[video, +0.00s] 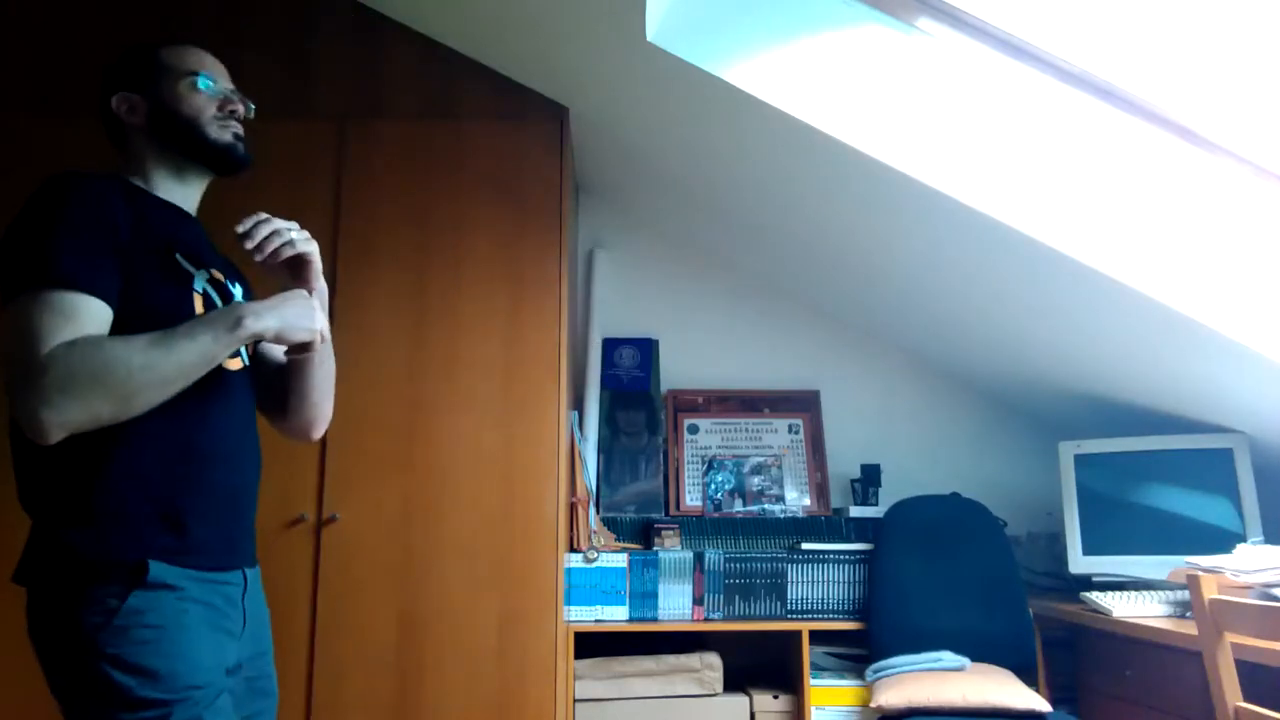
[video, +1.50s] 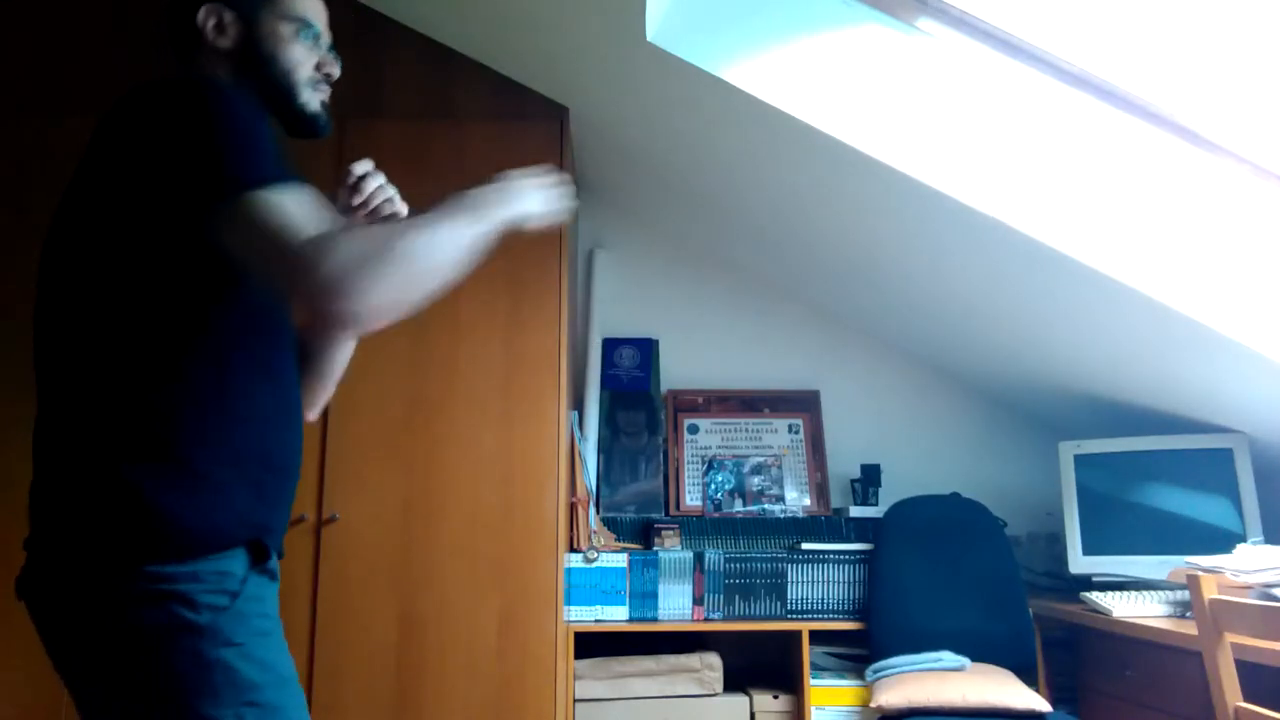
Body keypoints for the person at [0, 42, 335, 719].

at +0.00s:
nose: (238, 100)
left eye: (236, 91)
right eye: (205, 83)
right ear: (132, 109)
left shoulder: (212, 259)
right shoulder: (82, 208)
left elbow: (304, 417)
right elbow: (48, 398)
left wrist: (311, 293)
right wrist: (246, 320)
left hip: (236, 588)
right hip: (136, 593)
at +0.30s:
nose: (219, 84)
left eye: (215, 74)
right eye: (183, 66)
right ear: (113, 98)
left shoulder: (218, 250)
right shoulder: (67, 209)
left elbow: (321, 398)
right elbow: (35, 412)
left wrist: (310, 270)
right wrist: (230, 316)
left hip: (247, 583)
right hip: (145, 588)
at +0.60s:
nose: (228, 91)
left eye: (228, 79)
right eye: (195, 69)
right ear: (119, 87)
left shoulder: (222, 242)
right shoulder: (63, 206)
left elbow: (318, 403)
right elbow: (23, 410)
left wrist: (313, 278)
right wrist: (220, 319)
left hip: (245, 579)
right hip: (141, 584)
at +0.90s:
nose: (241, 90)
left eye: (245, 77)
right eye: (210, 70)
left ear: (250, 95)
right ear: (135, 86)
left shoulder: (254, 246)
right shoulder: (63, 209)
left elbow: (339, 417)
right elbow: (11, 399)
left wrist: (345, 308)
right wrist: (189, 327)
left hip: (250, 587)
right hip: (127, 589)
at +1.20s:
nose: (285, 97)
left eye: (284, 84)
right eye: (253, 73)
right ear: (172, 86)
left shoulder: (251, 250)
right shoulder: (97, 200)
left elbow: (332, 424)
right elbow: (44, 415)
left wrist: (350, 294)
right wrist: (243, 296)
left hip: (249, 606)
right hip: (145, 610)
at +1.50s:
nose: (330, 60)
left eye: (328, 42)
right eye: (302, 30)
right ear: (219, 27)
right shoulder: (194, 115)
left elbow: (303, 396)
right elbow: (335, 282)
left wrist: (355, 249)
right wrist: (500, 202)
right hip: (176, 575)